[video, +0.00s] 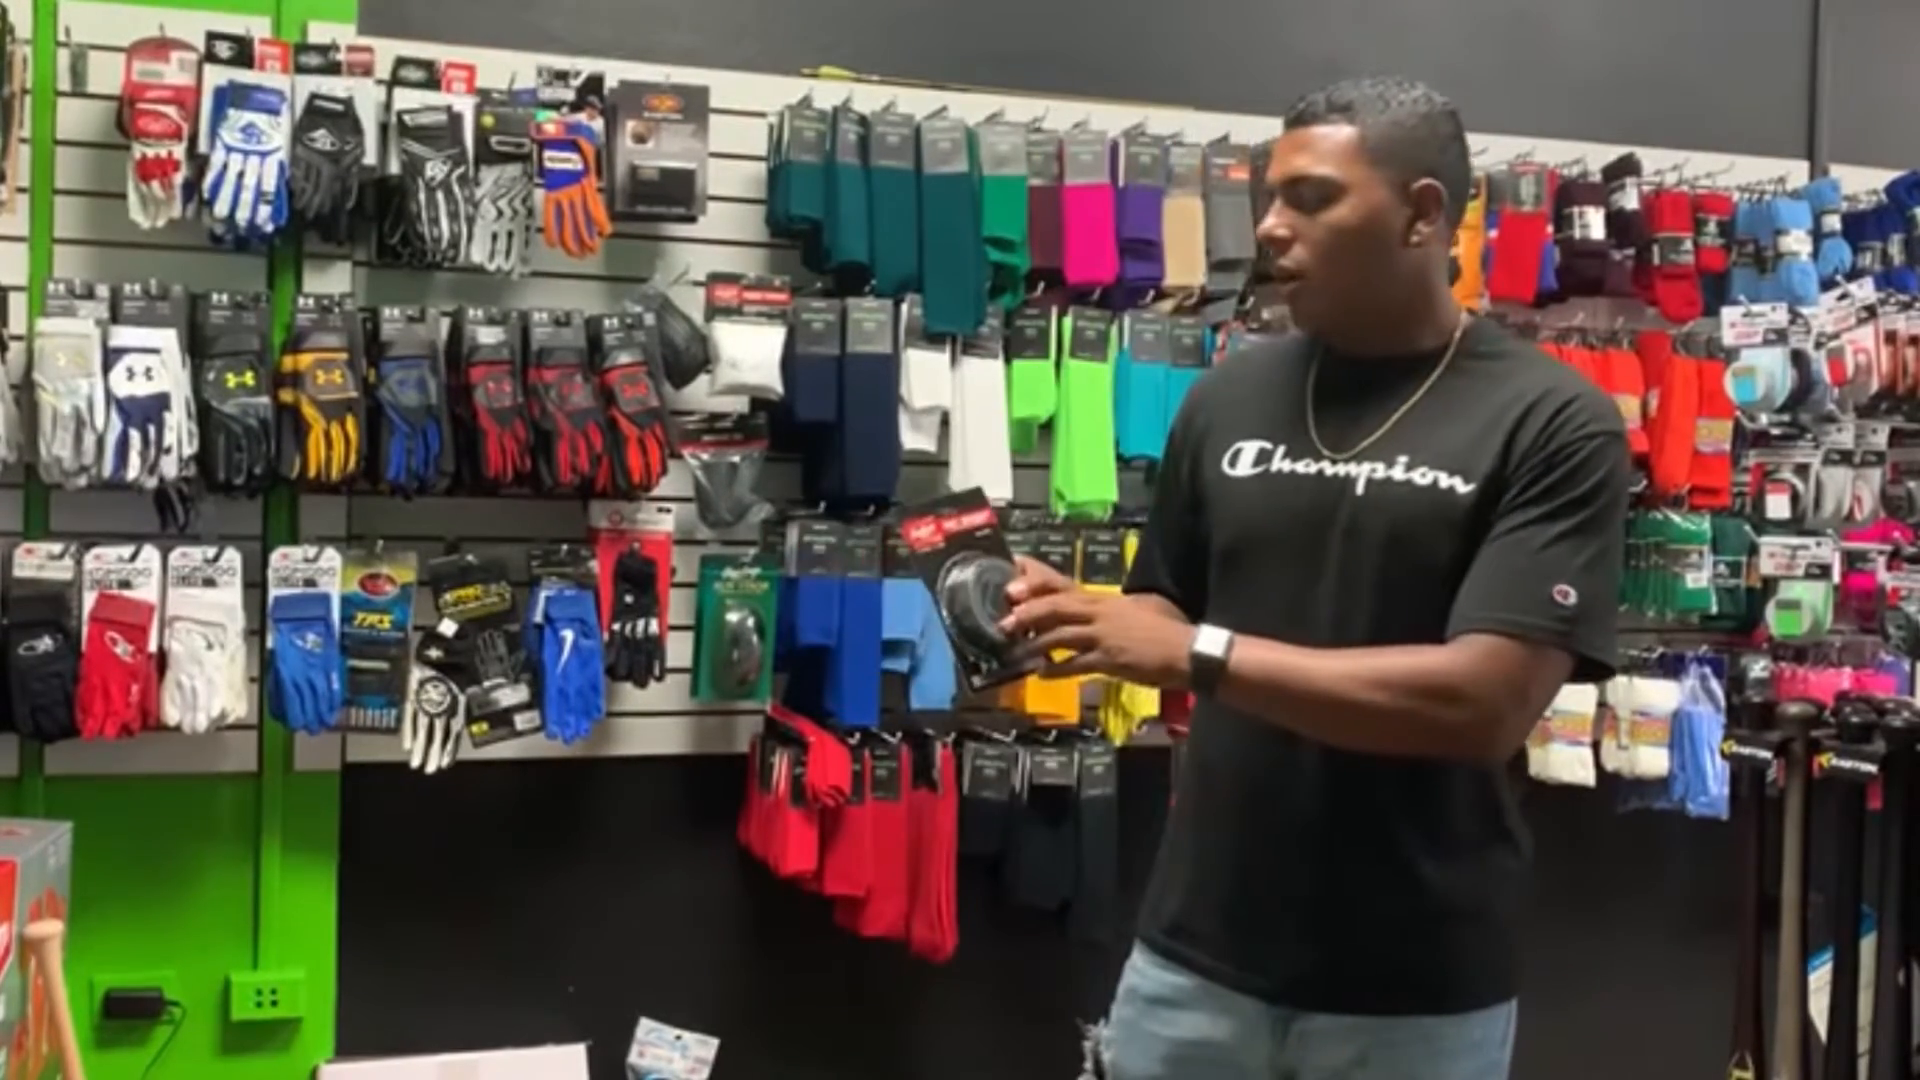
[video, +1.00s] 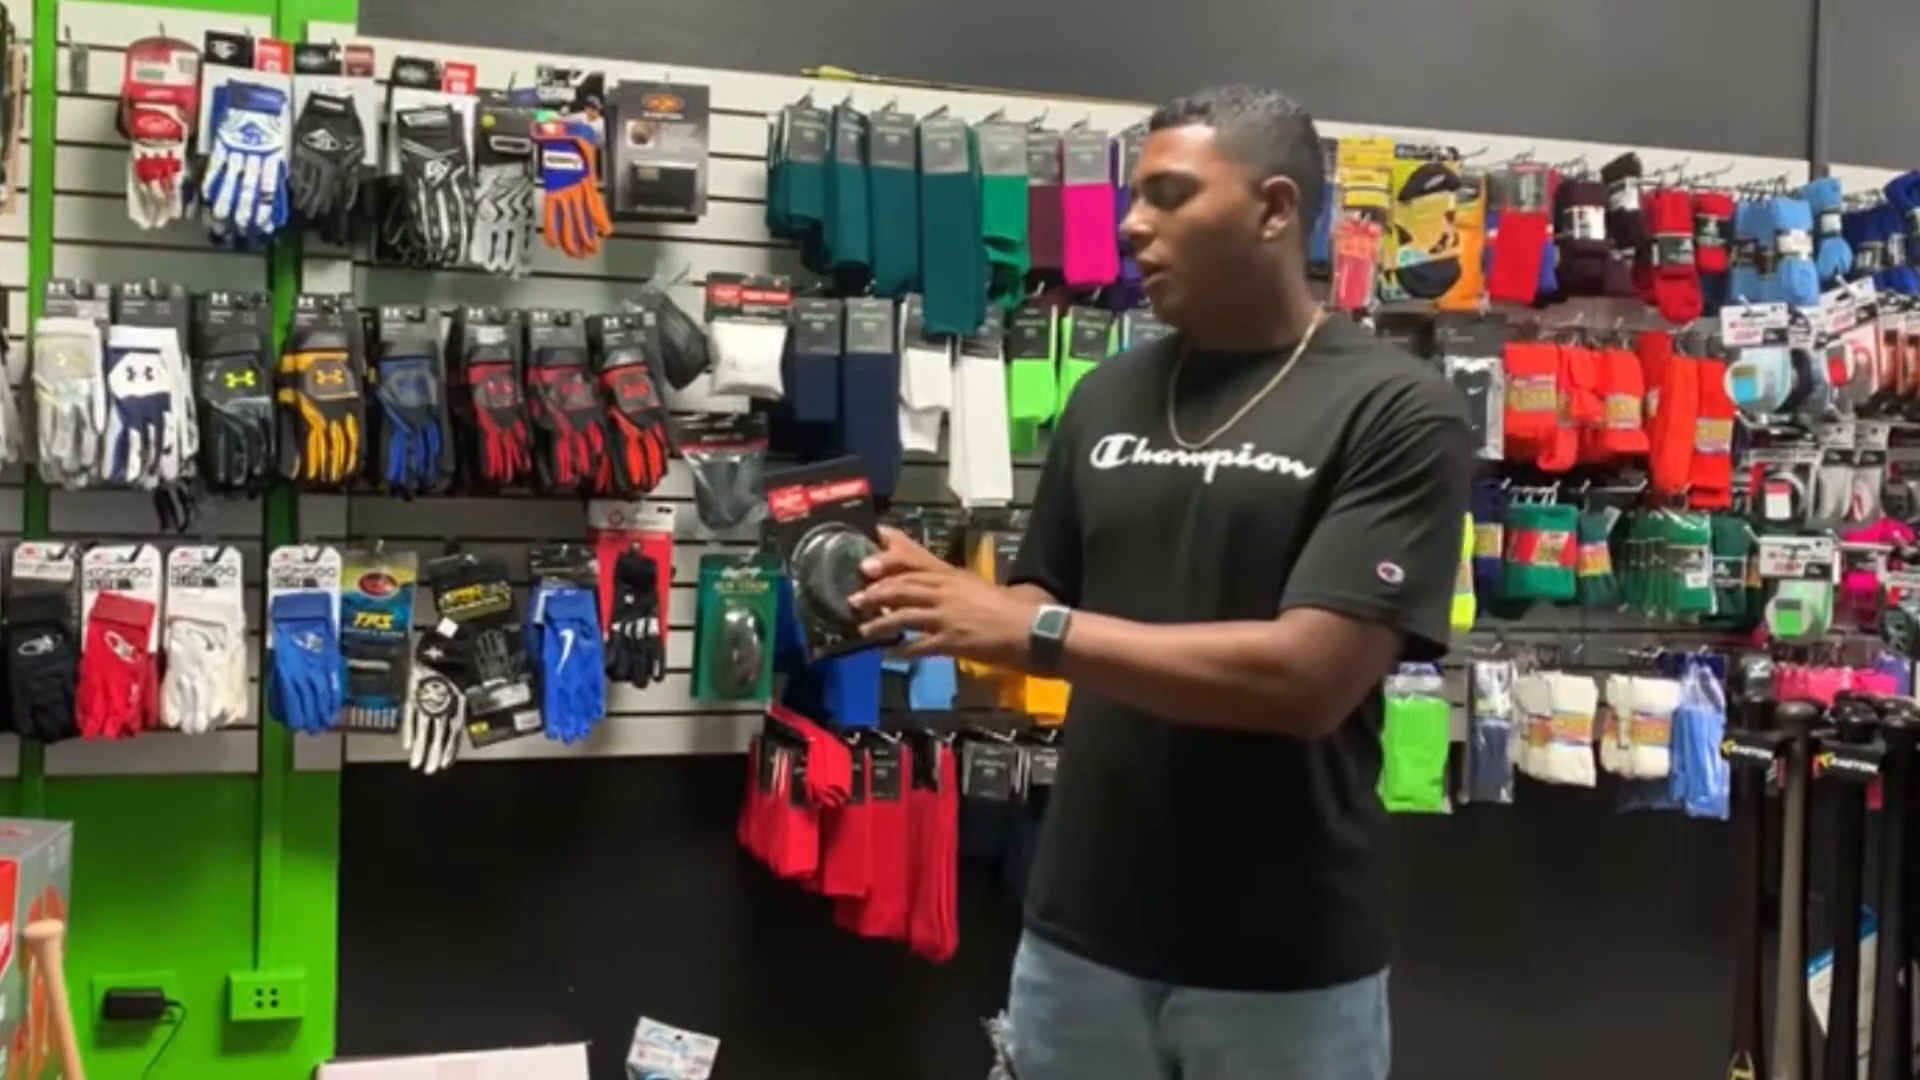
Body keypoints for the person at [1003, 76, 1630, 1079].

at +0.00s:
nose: (1270, 229)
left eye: (1309, 198)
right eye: (1269, 200)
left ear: (1425, 216)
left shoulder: (1555, 423)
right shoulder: (1227, 397)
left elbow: (1488, 705)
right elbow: (1169, 627)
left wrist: (1195, 652)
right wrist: (1080, 621)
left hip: (1418, 991)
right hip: (1196, 960)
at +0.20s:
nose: (1279, 227)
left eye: (1319, 195)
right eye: (1278, 197)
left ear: (1434, 212)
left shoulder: (1565, 423)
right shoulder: (1238, 396)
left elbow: (1480, 703)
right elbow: (1172, 616)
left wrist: (1188, 650)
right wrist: (1070, 622)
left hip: (1424, 987)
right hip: (1206, 956)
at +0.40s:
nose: (1270, 225)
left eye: (1309, 192)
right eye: (1271, 194)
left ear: (1422, 209)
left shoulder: (1553, 422)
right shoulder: (1236, 394)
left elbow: (1455, 700)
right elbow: (1169, 607)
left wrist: (1169, 647)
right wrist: (1063, 616)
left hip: (1414, 990)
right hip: (1196, 957)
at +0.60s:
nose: (1240, 228)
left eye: (1276, 195)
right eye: (1242, 197)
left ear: (1389, 209)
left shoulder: (1521, 419)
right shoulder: (1211, 399)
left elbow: (1424, 694)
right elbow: (1150, 610)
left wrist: (1141, 643)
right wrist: (1036, 619)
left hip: (1388, 989)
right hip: (1170, 958)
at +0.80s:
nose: (1197, 225)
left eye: (1231, 192)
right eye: (1197, 195)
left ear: (1339, 209)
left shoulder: (1464, 412)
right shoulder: (1163, 399)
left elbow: (1368, 689)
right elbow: (1107, 625)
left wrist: (1088, 634)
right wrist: (989, 617)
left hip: (1340, 977)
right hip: (1130, 949)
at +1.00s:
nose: (1133, 227)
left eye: (1169, 193)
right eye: (1135, 198)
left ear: (1275, 209)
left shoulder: (1399, 408)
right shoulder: (1106, 396)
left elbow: (1306, 680)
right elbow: (1047, 631)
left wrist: (1031, 623)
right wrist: (932, 605)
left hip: (1285, 961)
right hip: (1082, 939)